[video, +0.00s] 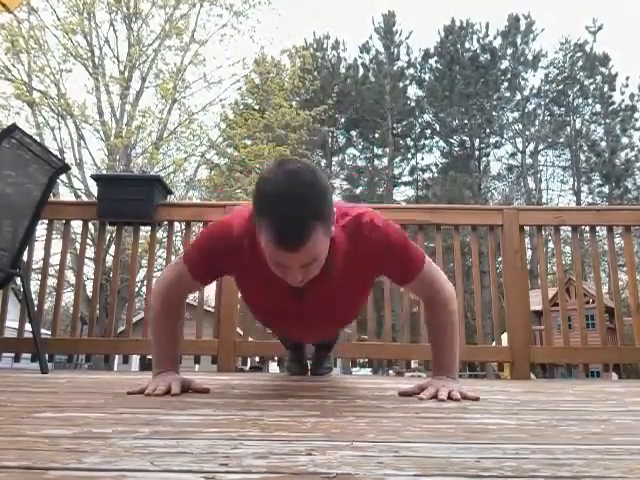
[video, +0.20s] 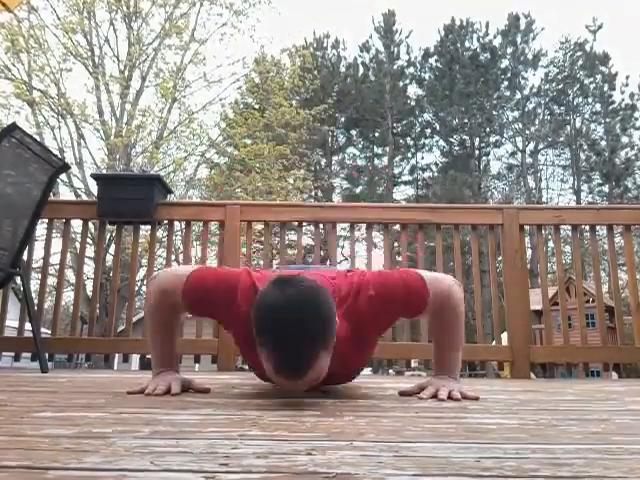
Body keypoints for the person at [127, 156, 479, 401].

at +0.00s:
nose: (297, 276)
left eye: (309, 263)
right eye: (283, 266)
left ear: (332, 226)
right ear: (259, 233)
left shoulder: (369, 232)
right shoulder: (231, 236)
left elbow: (440, 291)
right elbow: (166, 290)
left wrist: (445, 376)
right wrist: (165, 370)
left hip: (335, 318)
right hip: (279, 320)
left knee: (326, 340)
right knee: (291, 340)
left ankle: (322, 355)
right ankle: (295, 353)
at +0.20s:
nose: (296, 389)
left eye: (311, 379)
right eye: (278, 380)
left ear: (334, 332)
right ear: (254, 329)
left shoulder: (370, 296)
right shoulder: (234, 294)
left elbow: (448, 291)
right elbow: (163, 287)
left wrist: (446, 374)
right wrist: (165, 369)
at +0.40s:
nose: (296, 343)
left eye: (310, 332)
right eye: (280, 333)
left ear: (333, 292)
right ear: (257, 293)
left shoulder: (370, 275)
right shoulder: (233, 272)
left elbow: (448, 293)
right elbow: (164, 287)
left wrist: (446, 376)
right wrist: (165, 370)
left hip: (337, 350)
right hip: (270, 346)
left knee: (327, 363)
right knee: (282, 363)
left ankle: (326, 367)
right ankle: (287, 363)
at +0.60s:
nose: (301, 240)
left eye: (315, 227)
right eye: (285, 227)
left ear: (336, 195)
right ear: (264, 200)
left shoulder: (375, 217)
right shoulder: (234, 219)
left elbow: (430, 288)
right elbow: (183, 287)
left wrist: (445, 376)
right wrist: (167, 371)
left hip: (337, 309)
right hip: (280, 308)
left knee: (326, 338)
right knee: (292, 337)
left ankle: (322, 359)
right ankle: (295, 357)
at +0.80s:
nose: (299, 265)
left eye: (313, 251)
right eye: (284, 252)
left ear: (336, 217)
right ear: (263, 222)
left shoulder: (372, 230)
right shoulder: (233, 232)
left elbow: (438, 290)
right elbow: (172, 289)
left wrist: (445, 375)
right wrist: (166, 371)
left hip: (335, 320)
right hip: (279, 320)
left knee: (325, 343)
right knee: (291, 343)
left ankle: (322, 359)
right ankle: (295, 358)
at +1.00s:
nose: (296, 386)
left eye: (312, 373)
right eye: (281, 373)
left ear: (337, 328)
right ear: (257, 324)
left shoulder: (372, 296)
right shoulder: (234, 294)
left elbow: (448, 291)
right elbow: (161, 285)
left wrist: (446, 374)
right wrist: (164, 369)